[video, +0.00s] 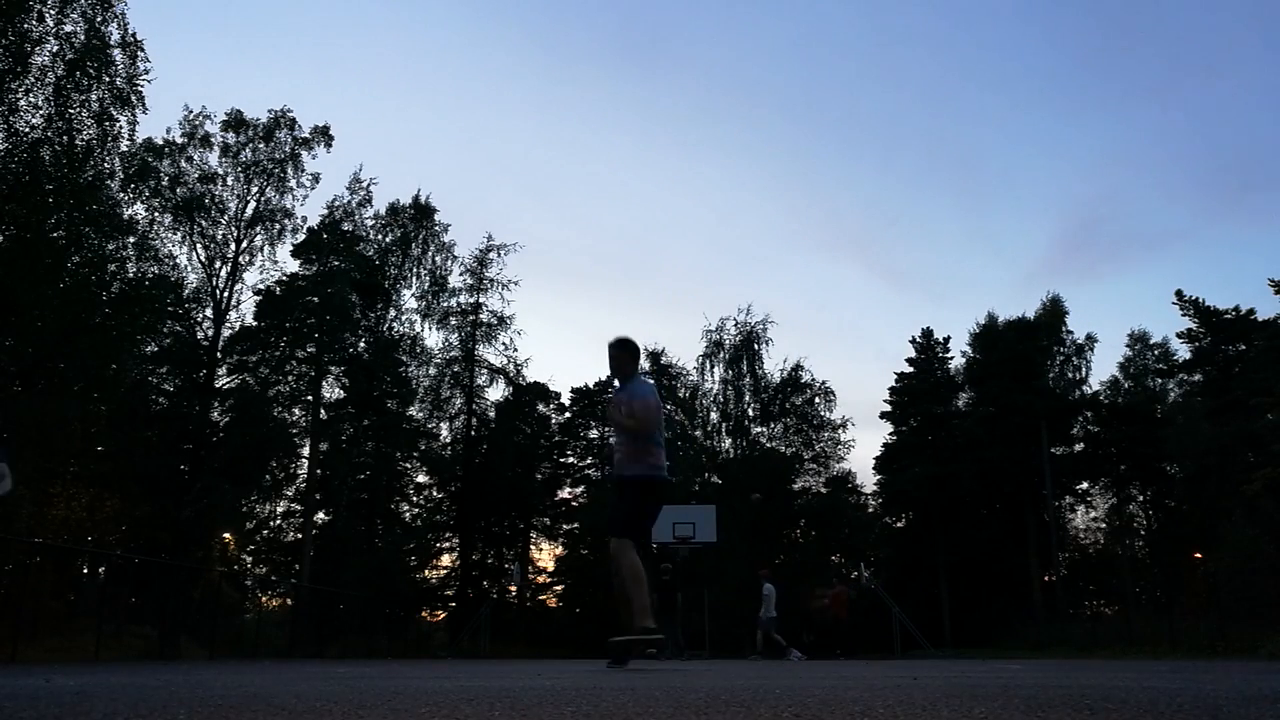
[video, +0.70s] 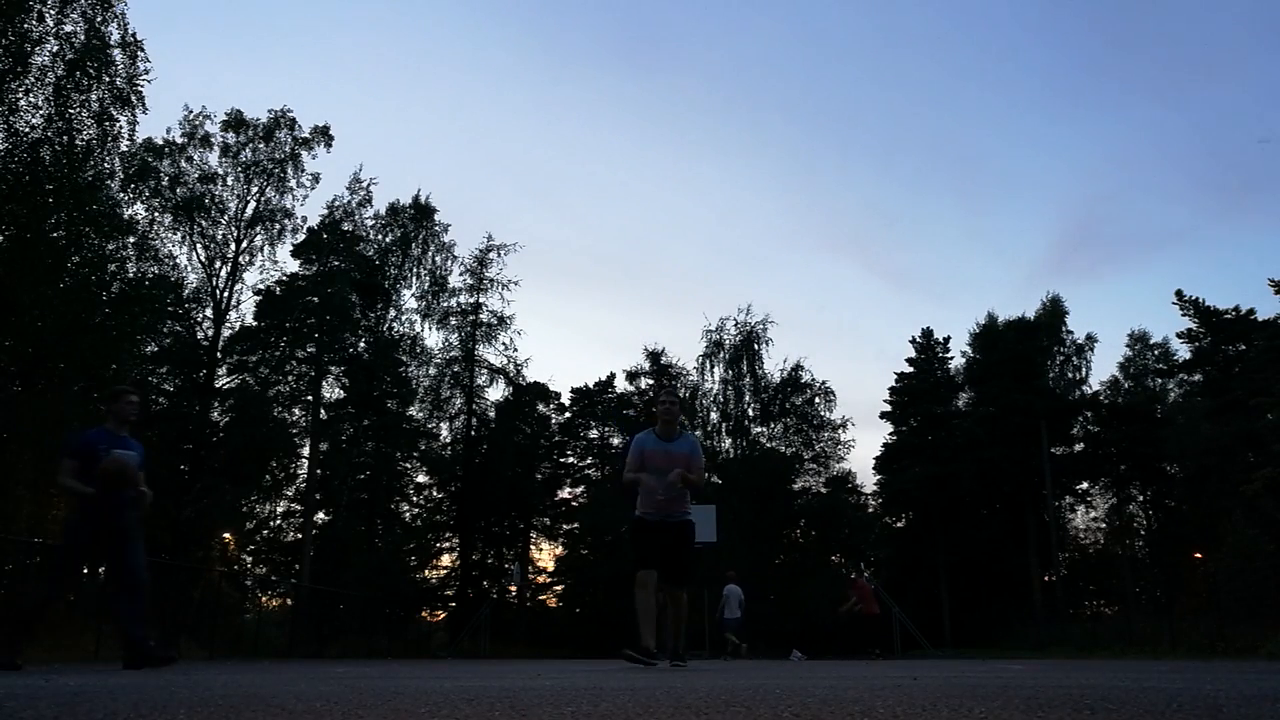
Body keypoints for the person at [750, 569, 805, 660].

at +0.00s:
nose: (761, 580)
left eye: (761, 578)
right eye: (762, 578)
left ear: (762, 578)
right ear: (768, 578)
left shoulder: (766, 588)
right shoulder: (771, 587)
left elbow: (765, 603)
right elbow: (769, 602)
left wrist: (762, 613)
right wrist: (767, 612)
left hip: (766, 615)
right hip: (772, 615)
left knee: (760, 633)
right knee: (773, 634)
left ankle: (759, 653)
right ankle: (787, 649)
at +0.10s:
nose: (755, 579)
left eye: (755, 577)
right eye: (756, 577)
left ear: (756, 578)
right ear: (762, 577)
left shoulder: (759, 587)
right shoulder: (766, 587)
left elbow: (758, 603)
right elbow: (769, 600)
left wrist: (756, 613)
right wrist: (767, 610)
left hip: (760, 614)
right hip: (767, 613)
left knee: (759, 633)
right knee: (763, 632)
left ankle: (758, 652)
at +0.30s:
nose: (745, 580)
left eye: (745, 578)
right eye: (746, 578)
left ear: (746, 579)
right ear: (753, 578)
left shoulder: (747, 588)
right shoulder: (758, 587)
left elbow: (743, 601)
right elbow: (763, 599)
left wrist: (737, 612)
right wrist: (763, 611)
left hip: (749, 615)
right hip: (758, 614)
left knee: (748, 633)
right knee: (755, 633)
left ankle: (749, 652)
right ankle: (758, 652)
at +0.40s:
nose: (740, 582)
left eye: (740, 580)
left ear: (741, 581)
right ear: (748, 580)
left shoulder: (742, 589)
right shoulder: (753, 590)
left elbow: (737, 602)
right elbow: (758, 602)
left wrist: (731, 612)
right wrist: (759, 612)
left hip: (744, 615)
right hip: (753, 615)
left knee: (752, 634)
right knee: (742, 634)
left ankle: (757, 652)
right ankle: (736, 651)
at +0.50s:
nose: (737, 582)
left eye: (737, 581)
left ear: (737, 581)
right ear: (744, 581)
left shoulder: (737, 590)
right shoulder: (748, 590)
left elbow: (732, 602)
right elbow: (753, 602)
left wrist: (725, 613)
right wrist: (754, 614)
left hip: (739, 616)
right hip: (747, 616)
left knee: (746, 633)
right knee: (737, 633)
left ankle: (754, 651)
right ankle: (732, 650)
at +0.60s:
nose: (732, 582)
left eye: (732, 580)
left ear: (732, 581)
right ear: (739, 581)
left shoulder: (731, 589)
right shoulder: (743, 590)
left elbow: (727, 601)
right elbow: (748, 601)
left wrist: (721, 612)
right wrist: (747, 613)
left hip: (733, 616)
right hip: (741, 616)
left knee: (735, 633)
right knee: (735, 633)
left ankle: (749, 647)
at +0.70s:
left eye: (728, 579)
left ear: (728, 580)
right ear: (735, 580)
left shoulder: (727, 589)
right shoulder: (738, 589)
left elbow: (724, 600)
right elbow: (742, 600)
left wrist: (719, 610)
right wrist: (741, 610)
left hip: (728, 615)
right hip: (737, 614)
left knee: (726, 632)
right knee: (733, 632)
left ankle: (738, 643)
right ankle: (729, 653)